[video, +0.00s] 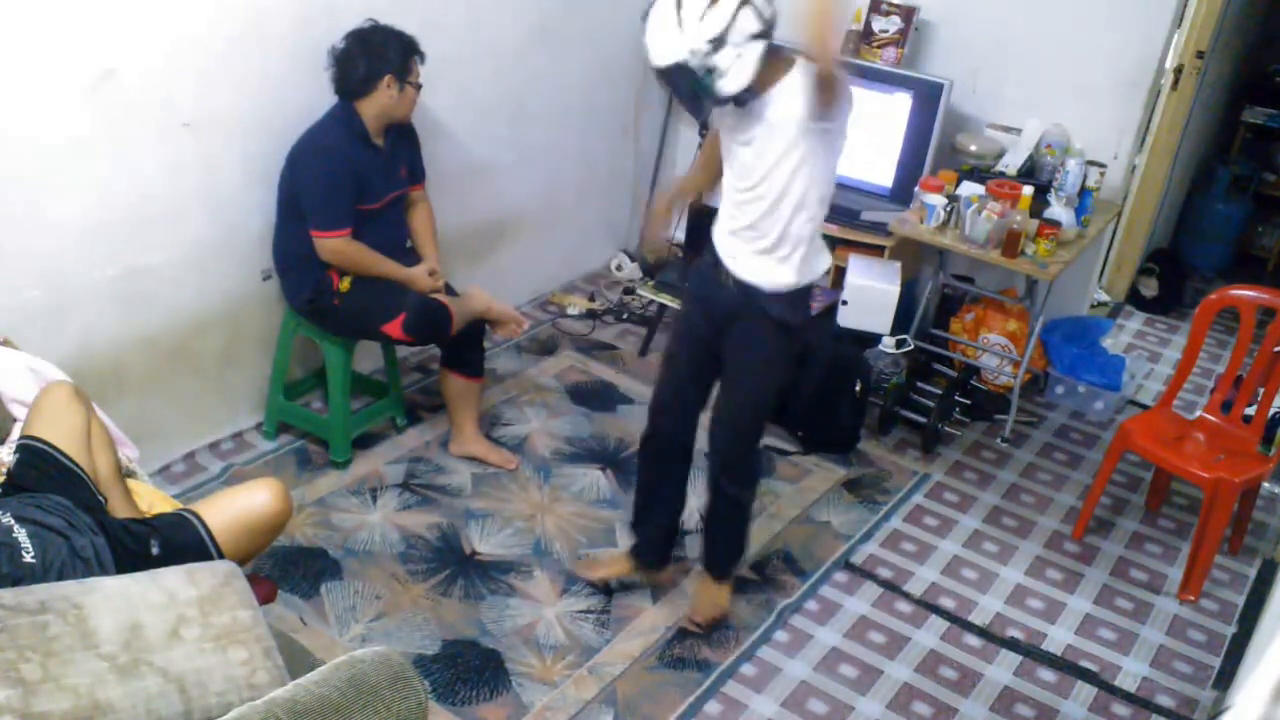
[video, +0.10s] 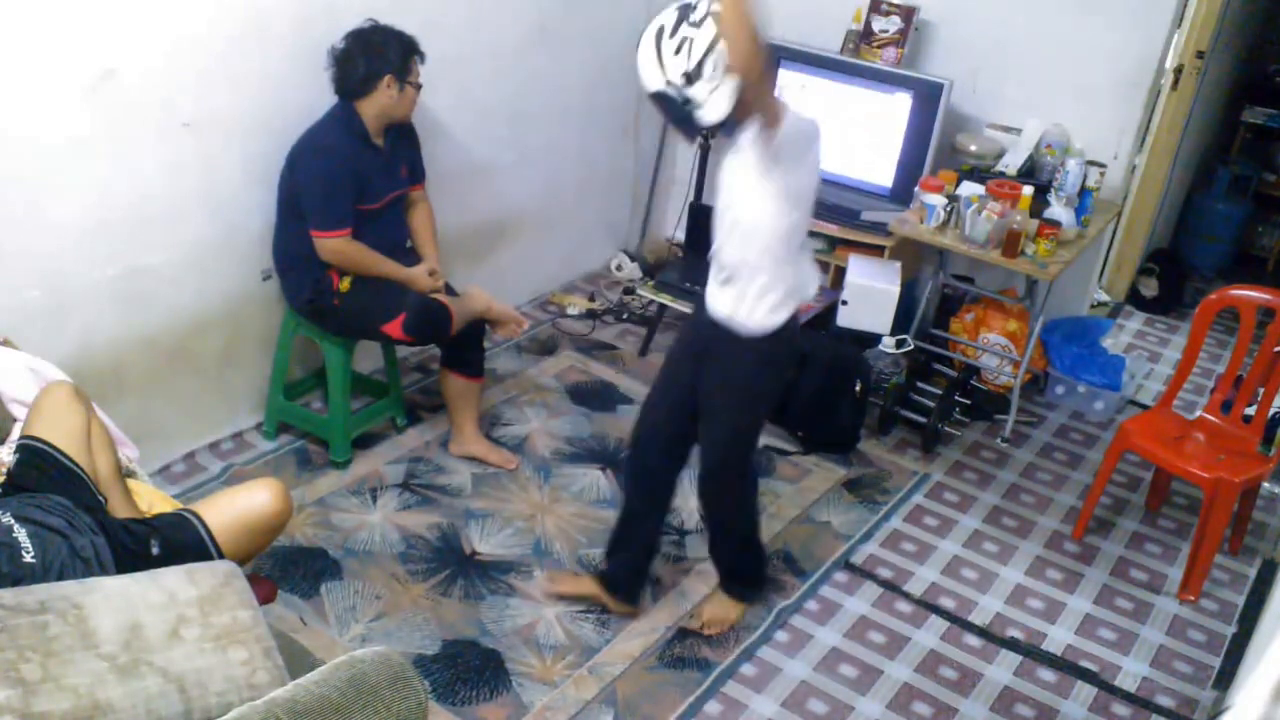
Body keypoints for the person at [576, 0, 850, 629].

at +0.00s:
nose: (710, 80)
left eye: (713, 66)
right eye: (701, 70)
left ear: (742, 41)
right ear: (702, 59)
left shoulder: (819, 98)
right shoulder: (731, 94)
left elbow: (826, 69)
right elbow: (708, 166)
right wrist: (671, 199)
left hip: (776, 301)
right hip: (714, 279)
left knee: (732, 442)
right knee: (668, 419)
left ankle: (717, 576)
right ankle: (650, 551)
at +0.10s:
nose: (720, 82)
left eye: (728, 69)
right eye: (714, 72)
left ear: (764, 76)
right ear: (719, 82)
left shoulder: (796, 135)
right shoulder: (730, 131)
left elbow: (750, 71)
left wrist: (727, 5)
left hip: (765, 334)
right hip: (714, 317)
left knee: (723, 469)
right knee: (653, 445)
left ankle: (741, 584)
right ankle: (619, 582)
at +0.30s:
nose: (675, 47)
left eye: (681, 34)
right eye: (670, 37)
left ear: (711, 33)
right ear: (717, 31)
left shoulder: (747, 78)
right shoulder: (751, 72)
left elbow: (700, 48)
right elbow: (803, 61)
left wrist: (656, 6)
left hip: (736, 289)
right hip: (682, 272)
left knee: (730, 435)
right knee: (609, 390)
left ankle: (730, 571)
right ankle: (569, 514)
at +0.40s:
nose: (668, 34)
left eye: (672, 22)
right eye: (665, 25)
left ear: (698, 15)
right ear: (705, 16)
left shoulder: (740, 56)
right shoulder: (710, 57)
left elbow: (664, 0)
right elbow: (808, 39)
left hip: (725, 266)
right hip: (670, 249)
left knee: (708, 414)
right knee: (591, 364)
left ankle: (727, 555)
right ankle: (562, 494)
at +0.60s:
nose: (619, 74)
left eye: (628, 61)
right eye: (616, 61)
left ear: (658, 60)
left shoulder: (691, 129)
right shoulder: (657, 105)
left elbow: (575, 105)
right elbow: (728, 46)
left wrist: (521, 16)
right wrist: (724, 11)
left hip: (663, 315)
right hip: (608, 296)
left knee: (669, 449)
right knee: (551, 405)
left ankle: (723, 553)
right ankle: (567, 500)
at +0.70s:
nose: (621, 59)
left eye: (642, 53)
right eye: (622, 42)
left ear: (680, 65)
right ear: (619, 34)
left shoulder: (683, 133)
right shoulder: (608, 94)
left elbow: (601, 209)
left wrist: (524, 197)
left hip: (642, 295)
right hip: (573, 280)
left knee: (670, 425)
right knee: (560, 398)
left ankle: (710, 544)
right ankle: (567, 494)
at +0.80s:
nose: (641, 57)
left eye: (667, 53)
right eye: (640, 36)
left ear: (696, 53)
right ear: (630, 13)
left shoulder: (692, 110)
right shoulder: (596, 19)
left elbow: (640, 205)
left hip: (639, 254)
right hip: (561, 234)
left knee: (663, 401)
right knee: (561, 370)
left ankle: (696, 536)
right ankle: (567, 488)